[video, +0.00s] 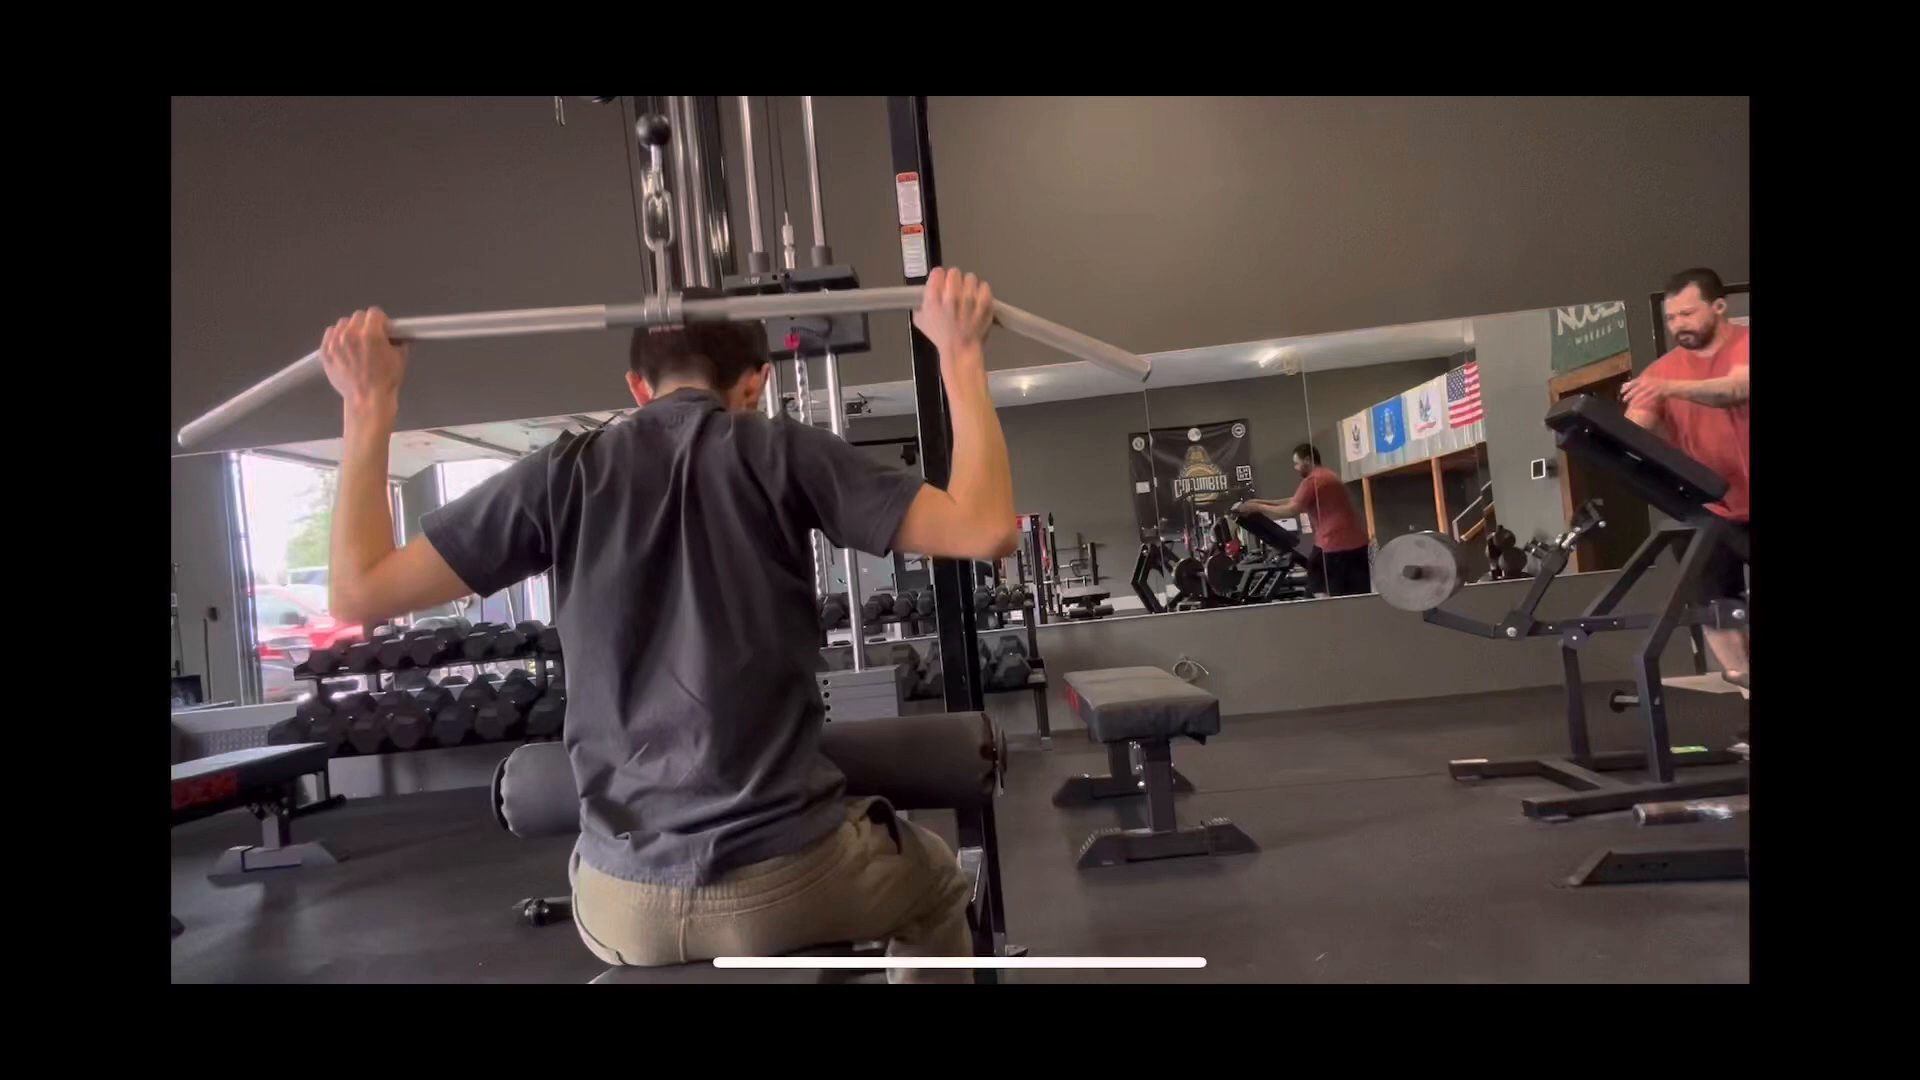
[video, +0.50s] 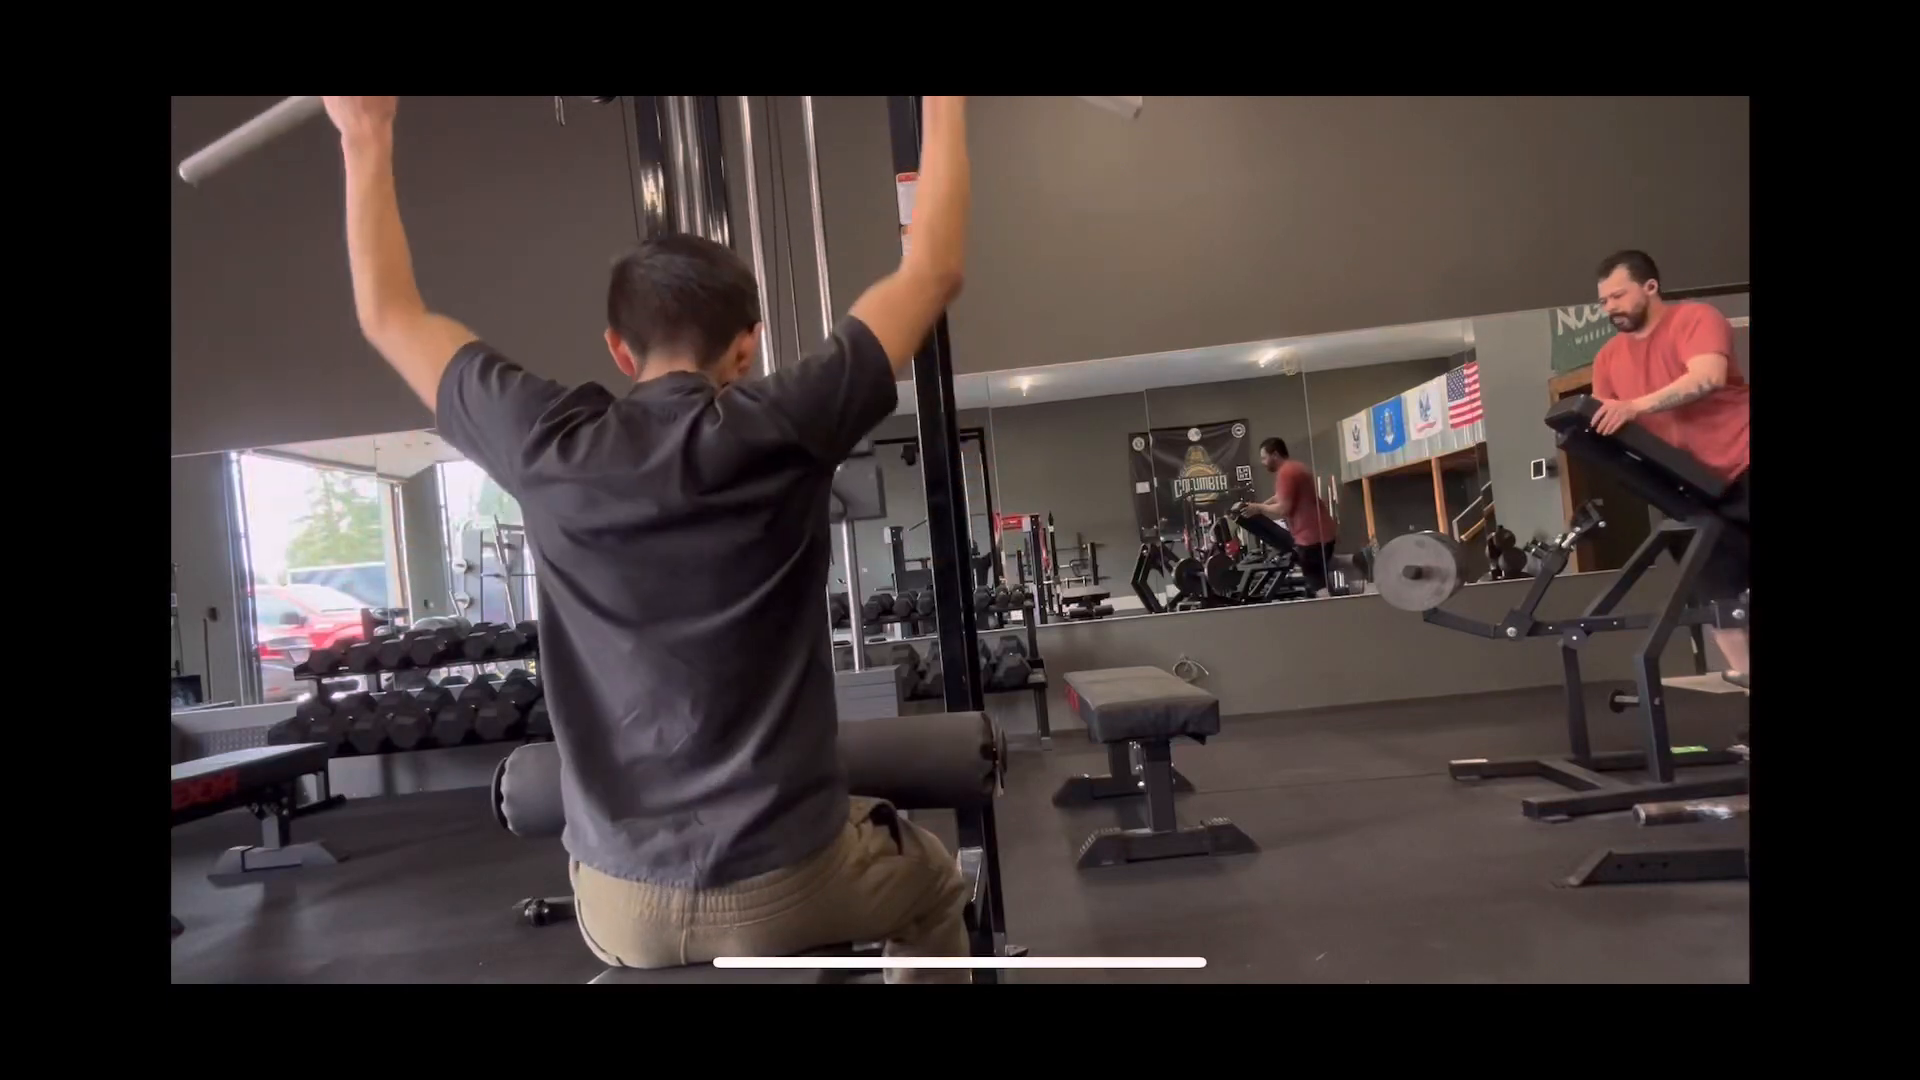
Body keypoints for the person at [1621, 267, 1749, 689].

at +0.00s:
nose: (1678, 325)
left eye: (1687, 313)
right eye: (1671, 317)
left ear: (1718, 308)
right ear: (1665, 320)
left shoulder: (1746, 341)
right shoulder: (1659, 373)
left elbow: (1738, 389)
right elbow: (1632, 438)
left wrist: (1666, 388)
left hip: (1750, 501)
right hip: (1708, 509)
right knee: (1714, 604)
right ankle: (1744, 689)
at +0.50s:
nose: (1609, 308)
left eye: (1617, 296)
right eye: (1604, 300)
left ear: (1649, 288)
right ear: (1602, 304)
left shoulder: (1697, 318)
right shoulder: (1608, 357)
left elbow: (1709, 378)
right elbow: (1610, 428)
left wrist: (1635, 406)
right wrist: (1580, 428)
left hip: (1741, 475)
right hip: (1681, 493)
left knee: (1735, 586)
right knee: (1714, 589)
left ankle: (1741, 673)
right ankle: (1741, 675)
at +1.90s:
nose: (1548, 290)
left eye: (1551, 277)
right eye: (1541, 282)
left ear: (1579, 258)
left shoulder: (1633, 285)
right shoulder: (1573, 310)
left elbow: (1687, 351)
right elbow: (1597, 378)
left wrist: (1630, 407)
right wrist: (1592, 421)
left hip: (1723, 431)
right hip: (1672, 446)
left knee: (1746, 536)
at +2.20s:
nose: (1513, 328)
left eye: (1513, 317)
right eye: (1506, 322)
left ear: (1537, 294)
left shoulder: (1596, 313)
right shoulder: (1540, 344)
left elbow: (1673, 350)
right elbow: (1567, 396)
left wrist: (1628, 411)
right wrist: (1571, 424)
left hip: (1721, 429)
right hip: (1673, 449)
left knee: (1744, 534)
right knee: (1727, 538)